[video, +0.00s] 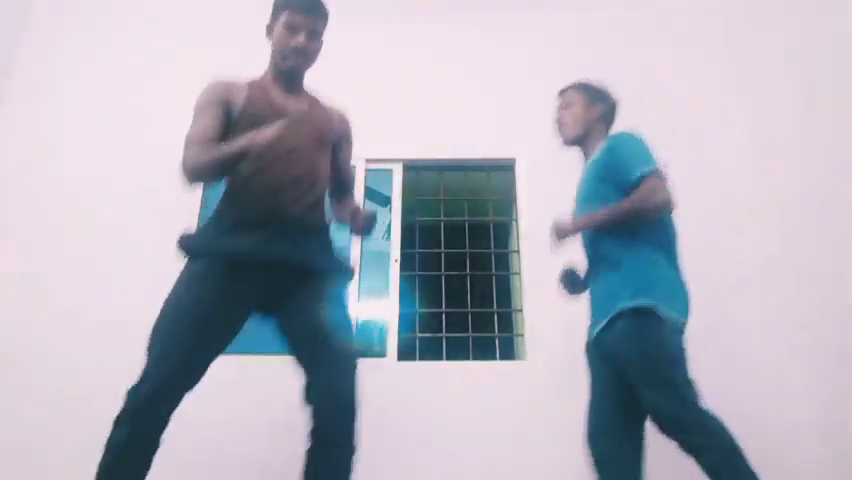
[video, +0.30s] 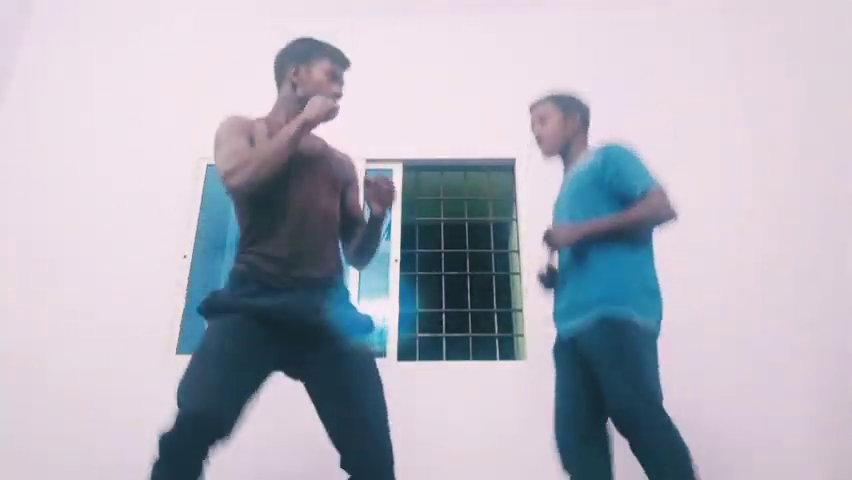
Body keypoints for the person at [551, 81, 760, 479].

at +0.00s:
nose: (558, 117)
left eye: (567, 107)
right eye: (558, 110)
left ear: (597, 111)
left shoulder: (621, 144)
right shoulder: (594, 173)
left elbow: (657, 194)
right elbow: (627, 249)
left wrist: (579, 222)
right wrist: (587, 276)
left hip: (640, 306)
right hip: (610, 318)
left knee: (679, 416)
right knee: (611, 443)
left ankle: (741, 475)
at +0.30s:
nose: (536, 131)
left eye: (542, 121)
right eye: (533, 125)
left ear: (574, 121)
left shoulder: (610, 156)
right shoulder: (568, 189)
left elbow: (660, 206)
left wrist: (579, 231)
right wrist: (560, 275)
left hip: (619, 316)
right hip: (574, 327)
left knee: (641, 420)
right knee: (577, 438)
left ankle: (678, 475)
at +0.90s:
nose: (580, 111)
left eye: (588, 101)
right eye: (579, 104)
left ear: (620, 104)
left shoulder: (643, 138)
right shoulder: (613, 167)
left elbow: (664, 192)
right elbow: (639, 246)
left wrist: (591, 211)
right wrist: (594, 250)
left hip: (647, 297)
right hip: (624, 303)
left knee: (652, 424)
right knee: (639, 427)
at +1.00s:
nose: (584, 130)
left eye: (593, 120)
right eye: (585, 123)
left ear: (623, 123)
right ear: (614, 126)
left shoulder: (647, 160)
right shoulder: (619, 183)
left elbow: (673, 214)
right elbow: (644, 267)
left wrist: (595, 238)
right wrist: (602, 278)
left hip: (655, 309)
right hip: (632, 314)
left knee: (656, 423)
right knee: (645, 423)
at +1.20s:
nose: (588, 159)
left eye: (596, 149)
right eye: (587, 152)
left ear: (628, 153)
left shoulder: (664, 198)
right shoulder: (614, 236)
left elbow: (714, 255)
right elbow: (596, 301)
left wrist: (639, 279)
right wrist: (558, 259)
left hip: (679, 330)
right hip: (640, 343)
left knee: (636, 422)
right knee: (671, 440)